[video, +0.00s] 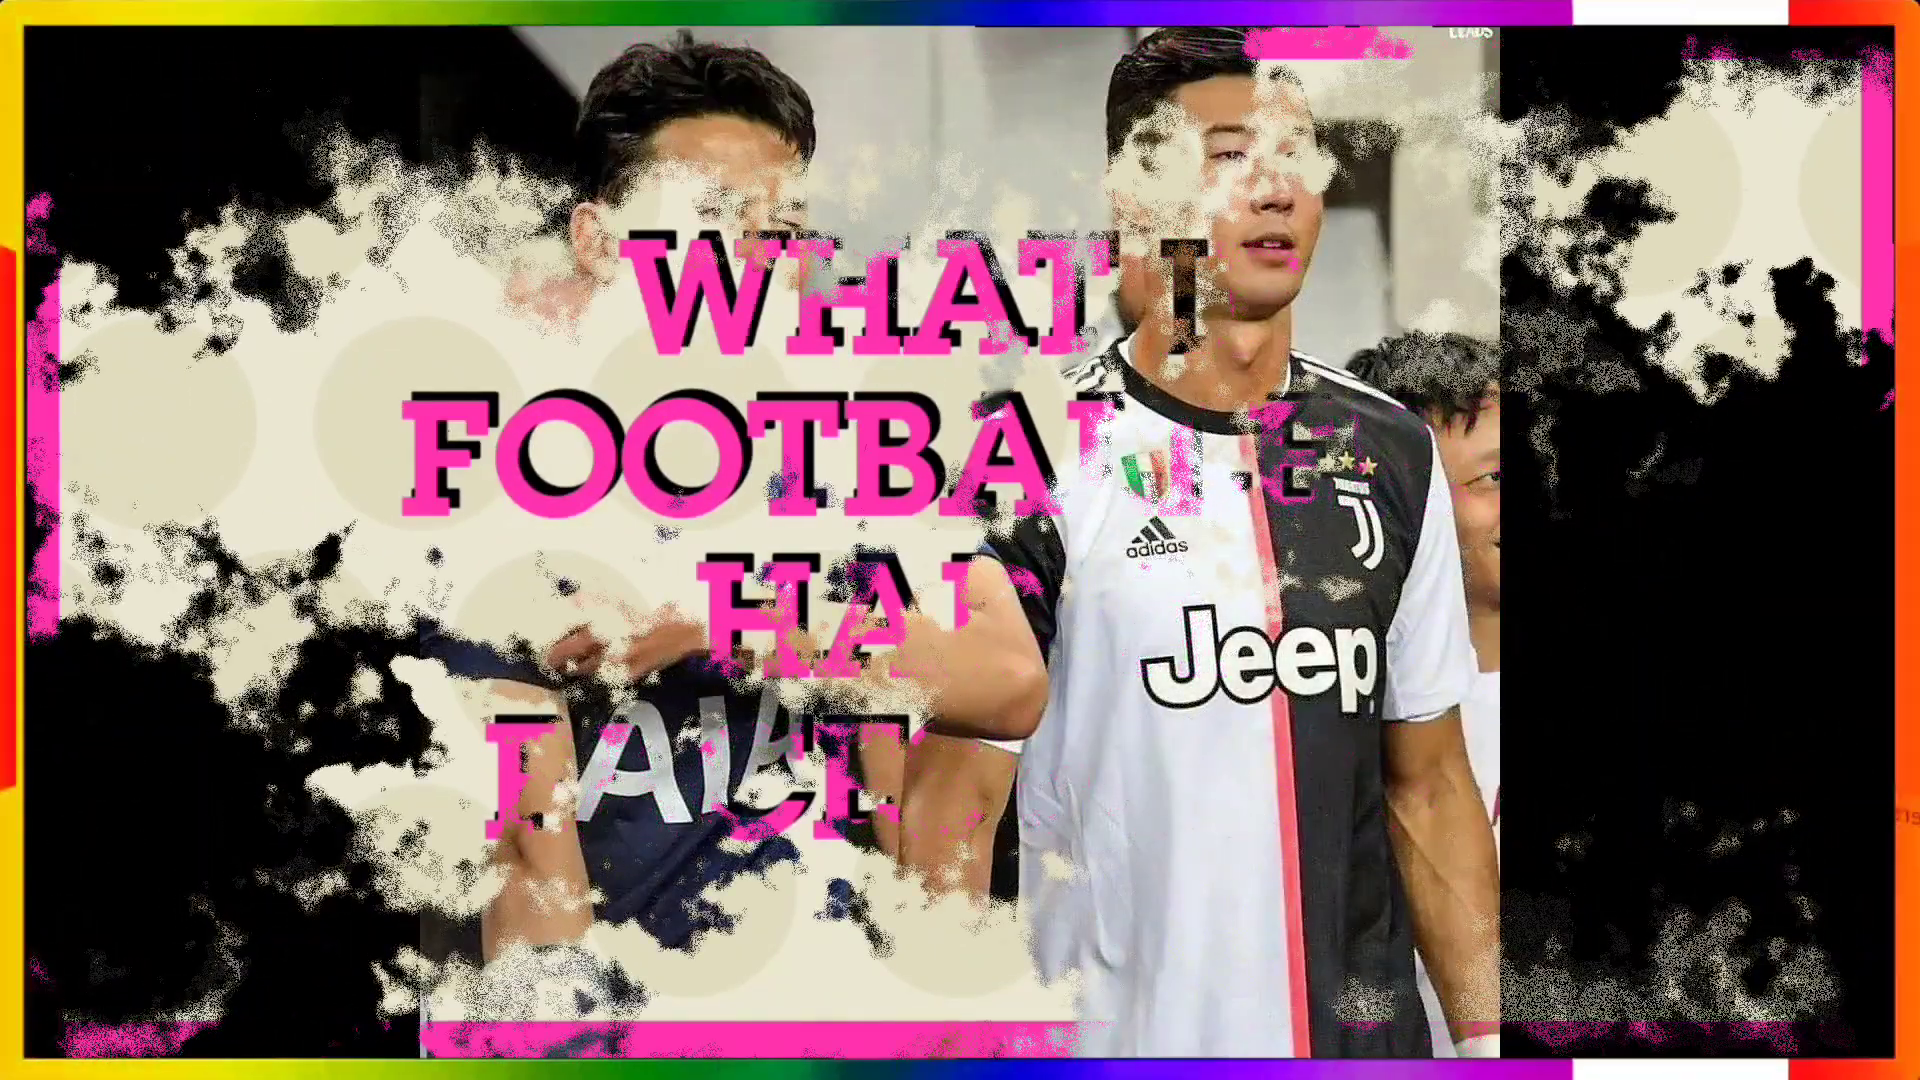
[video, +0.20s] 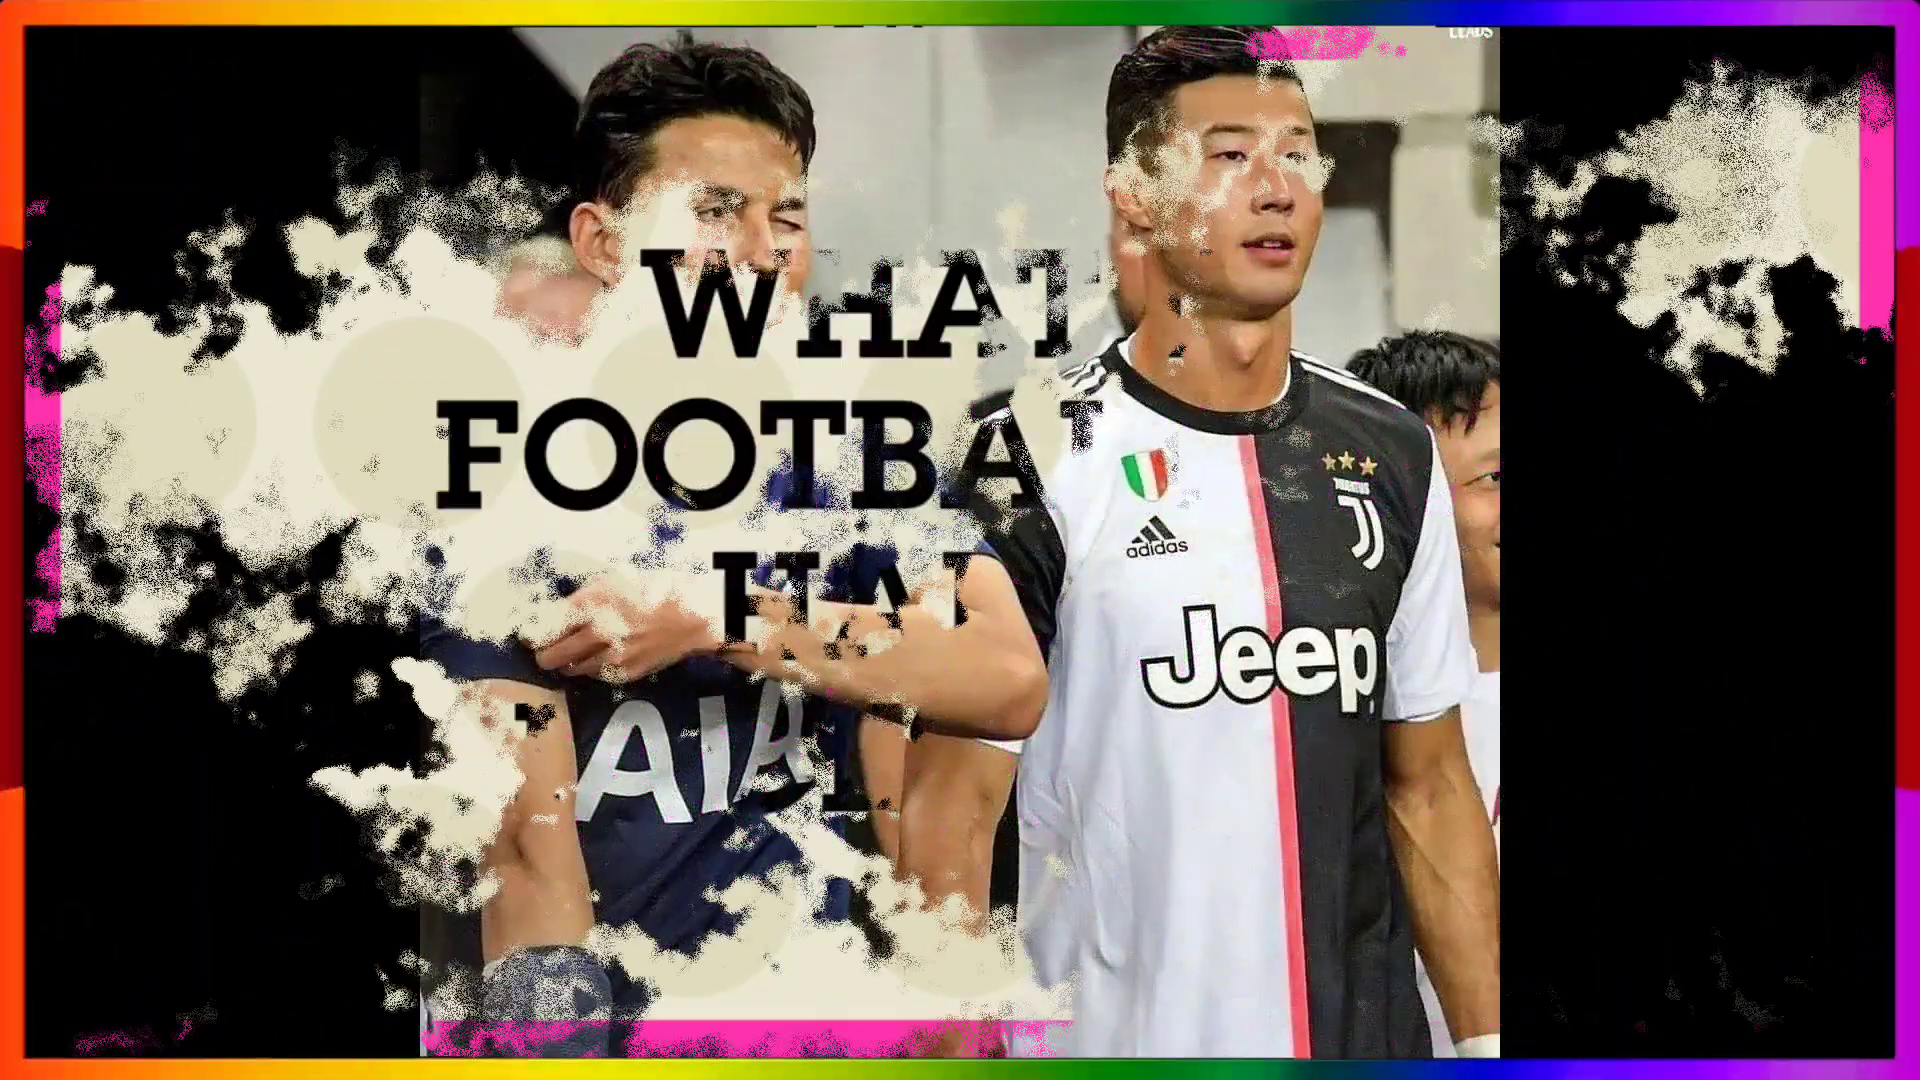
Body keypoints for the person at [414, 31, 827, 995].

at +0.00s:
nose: (749, 260)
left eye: (781, 226)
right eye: (709, 217)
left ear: (812, 235)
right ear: (594, 237)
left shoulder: (854, 420)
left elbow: (1017, 682)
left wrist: (712, 629)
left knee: (981, 749)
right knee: (515, 723)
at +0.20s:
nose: (764, 254)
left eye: (788, 218)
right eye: (717, 209)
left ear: (813, 240)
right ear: (599, 236)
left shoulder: (858, 444)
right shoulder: (493, 454)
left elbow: (1014, 685)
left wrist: (717, 619)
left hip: (832, 994)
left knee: (968, 752)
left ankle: (946, 1046)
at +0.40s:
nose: (760, 257)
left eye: (786, 219)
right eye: (713, 210)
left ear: (811, 241)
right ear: (601, 241)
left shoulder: (858, 432)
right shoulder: (496, 450)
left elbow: (1011, 683)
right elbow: (522, 836)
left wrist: (716, 614)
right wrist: (557, 1052)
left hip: (836, 994)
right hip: (610, 1007)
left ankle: (947, 1032)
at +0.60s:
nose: (763, 258)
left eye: (786, 219)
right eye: (712, 211)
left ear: (811, 240)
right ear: (603, 241)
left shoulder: (859, 443)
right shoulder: (503, 479)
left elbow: (1008, 681)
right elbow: (524, 847)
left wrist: (717, 614)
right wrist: (561, 1060)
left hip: (830, 1020)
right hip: (605, 1026)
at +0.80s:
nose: (764, 258)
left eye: (785, 218)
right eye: (712, 212)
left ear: (810, 238)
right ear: (603, 242)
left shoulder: (857, 442)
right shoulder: (501, 464)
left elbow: (1009, 680)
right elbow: (524, 841)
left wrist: (717, 614)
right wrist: (558, 1054)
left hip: (807, 1028)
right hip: (588, 1027)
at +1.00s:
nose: (766, 258)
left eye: (785, 218)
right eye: (712, 213)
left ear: (808, 238)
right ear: (601, 242)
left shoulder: (858, 442)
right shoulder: (491, 481)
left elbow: (1009, 681)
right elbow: (525, 849)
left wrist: (715, 613)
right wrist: (560, 1057)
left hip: (806, 1035)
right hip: (589, 1032)